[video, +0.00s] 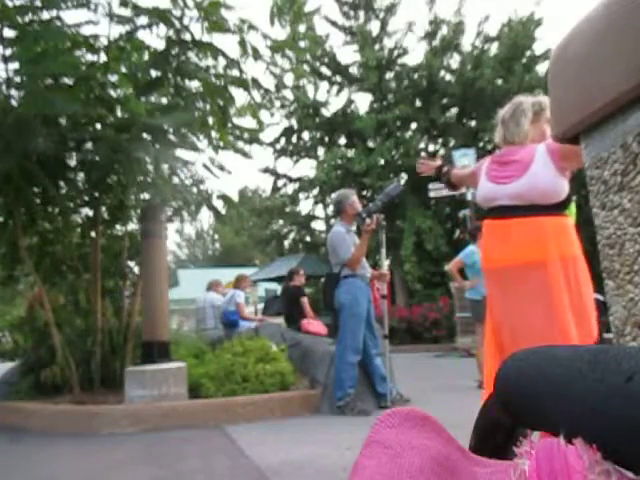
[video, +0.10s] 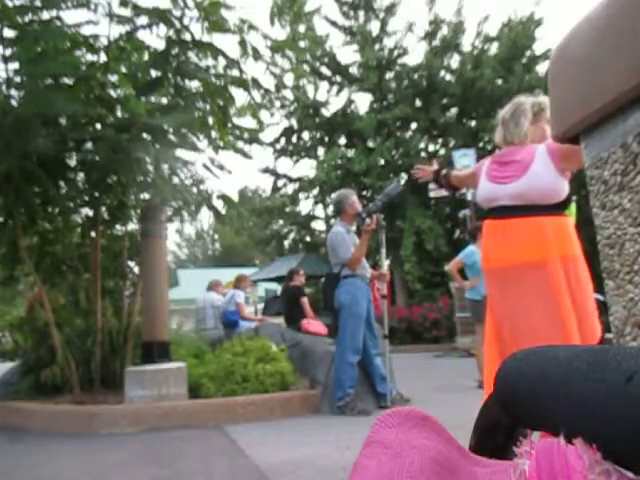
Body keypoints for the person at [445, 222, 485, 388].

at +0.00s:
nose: (487, 238)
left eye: (486, 234)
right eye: (484, 234)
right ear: (479, 235)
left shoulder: (489, 251)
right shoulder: (472, 251)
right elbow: (451, 267)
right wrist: (461, 282)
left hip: (490, 295)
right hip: (477, 296)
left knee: (486, 335)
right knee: (481, 335)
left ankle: (489, 373)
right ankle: (483, 375)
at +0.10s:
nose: (487, 237)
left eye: (487, 233)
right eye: (485, 233)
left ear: (482, 235)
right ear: (479, 235)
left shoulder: (489, 251)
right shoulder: (472, 251)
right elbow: (451, 267)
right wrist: (462, 282)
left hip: (490, 295)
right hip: (477, 296)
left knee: (486, 336)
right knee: (481, 336)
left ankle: (489, 373)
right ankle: (483, 375)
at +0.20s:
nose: (487, 237)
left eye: (487, 233)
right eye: (485, 233)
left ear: (482, 235)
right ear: (479, 234)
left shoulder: (489, 251)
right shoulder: (472, 251)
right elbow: (451, 267)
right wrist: (462, 283)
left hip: (490, 295)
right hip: (477, 296)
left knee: (486, 335)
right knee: (481, 336)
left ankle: (490, 373)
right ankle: (483, 375)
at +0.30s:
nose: (488, 237)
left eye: (487, 232)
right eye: (485, 232)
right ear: (479, 235)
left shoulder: (489, 251)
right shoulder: (472, 251)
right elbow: (451, 267)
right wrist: (461, 283)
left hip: (490, 295)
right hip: (477, 297)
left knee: (486, 335)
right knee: (481, 336)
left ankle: (489, 373)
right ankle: (483, 375)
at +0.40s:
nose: (486, 237)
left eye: (486, 232)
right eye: (483, 232)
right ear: (478, 235)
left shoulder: (489, 250)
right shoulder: (472, 250)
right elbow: (451, 267)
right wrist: (461, 283)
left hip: (489, 296)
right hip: (476, 297)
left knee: (486, 334)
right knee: (482, 335)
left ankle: (489, 372)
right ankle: (483, 374)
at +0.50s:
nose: (483, 236)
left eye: (483, 232)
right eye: (480, 233)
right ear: (476, 236)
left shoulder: (492, 251)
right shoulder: (472, 250)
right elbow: (451, 267)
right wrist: (462, 283)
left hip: (489, 296)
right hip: (475, 296)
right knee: (479, 333)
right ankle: (480, 370)